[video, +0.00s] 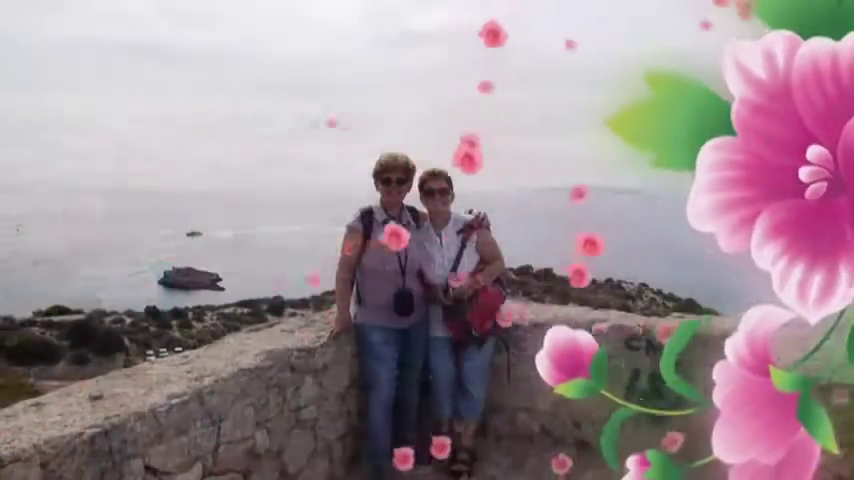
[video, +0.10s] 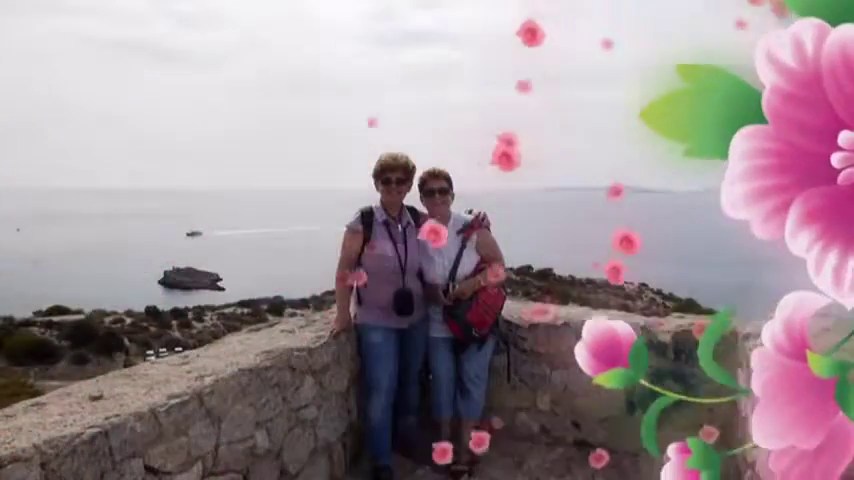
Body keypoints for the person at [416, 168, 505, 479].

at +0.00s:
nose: (437, 197)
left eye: (443, 192)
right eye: (430, 193)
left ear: (452, 195)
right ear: (422, 198)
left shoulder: (474, 230)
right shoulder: (418, 237)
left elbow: (498, 263)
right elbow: (410, 278)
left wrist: (472, 284)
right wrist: (433, 292)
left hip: (474, 320)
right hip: (437, 322)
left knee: (472, 384)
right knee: (443, 382)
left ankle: (466, 449)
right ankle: (445, 442)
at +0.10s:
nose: (437, 198)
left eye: (443, 192)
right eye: (430, 193)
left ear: (452, 194)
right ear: (422, 197)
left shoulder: (473, 230)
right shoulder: (420, 236)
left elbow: (499, 270)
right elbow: (413, 281)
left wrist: (472, 284)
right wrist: (434, 294)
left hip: (474, 323)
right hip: (437, 324)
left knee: (471, 384)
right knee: (443, 383)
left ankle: (465, 451)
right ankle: (444, 445)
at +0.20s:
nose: (437, 197)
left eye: (443, 192)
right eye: (430, 193)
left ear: (452, 194)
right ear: (422, 198)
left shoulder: (471, 227)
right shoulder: (418, 236)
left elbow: (498, 264)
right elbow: (413, 283)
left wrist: (472, 284)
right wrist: (434, 293)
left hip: (474, 321)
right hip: (437, 323)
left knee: (471, 382)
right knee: (442, 382)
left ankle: (465, 447)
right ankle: (446, 442)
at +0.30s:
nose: (437, 197)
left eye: (443, 191)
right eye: (430, 192)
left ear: (452, 194)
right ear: (422, 198)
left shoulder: (474, 229)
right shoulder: (418, 236)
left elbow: (498, 264)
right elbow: (408, 279)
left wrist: (472, 284)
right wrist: (431, 292)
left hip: (474, 321)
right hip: (437, 323)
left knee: (472, 382)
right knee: (442, 381)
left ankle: (466, 447)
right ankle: (445, 440)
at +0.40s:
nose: (437, 197)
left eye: (443, 191)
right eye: (430, 192)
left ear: (452, 194)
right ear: (422, 198)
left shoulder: (472, 228)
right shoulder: (418, 235)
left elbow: (498, 264)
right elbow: (409, 279)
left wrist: (472, 284)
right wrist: (432, 292)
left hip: (474, 321)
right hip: (437, 322)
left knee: (472, 383)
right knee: (442, 381)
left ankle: (466, 447)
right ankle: (445, 440)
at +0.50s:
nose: (437, 197)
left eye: (443, 191)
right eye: (430, 193)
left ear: (452, 194)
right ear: (422, 198)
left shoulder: (473, 229)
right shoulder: (418, 236)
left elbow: (498, 264)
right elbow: (409, 278)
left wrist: (473, 283)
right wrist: (432, 292)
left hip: (474, 321)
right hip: (437, 322)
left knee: (472, 383)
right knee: (442, 381)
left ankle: (466, 448)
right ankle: (445, 441)